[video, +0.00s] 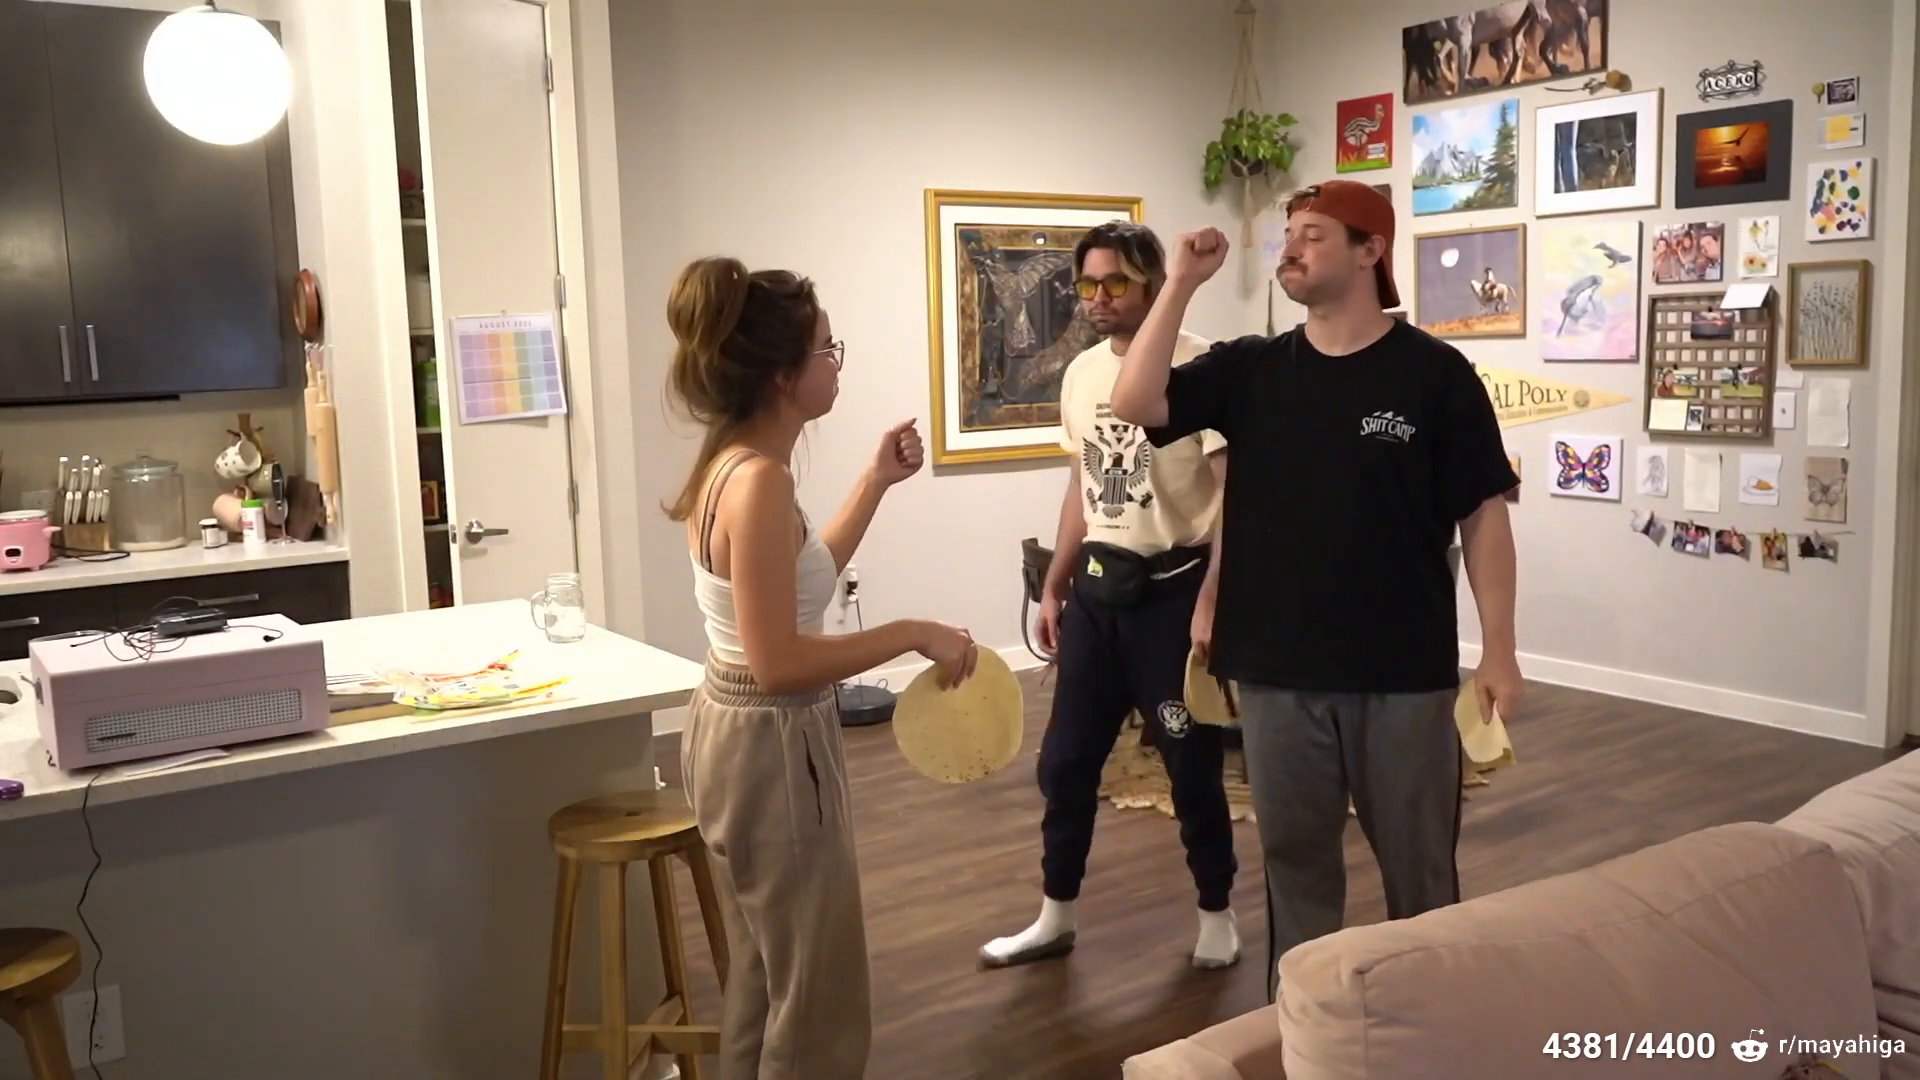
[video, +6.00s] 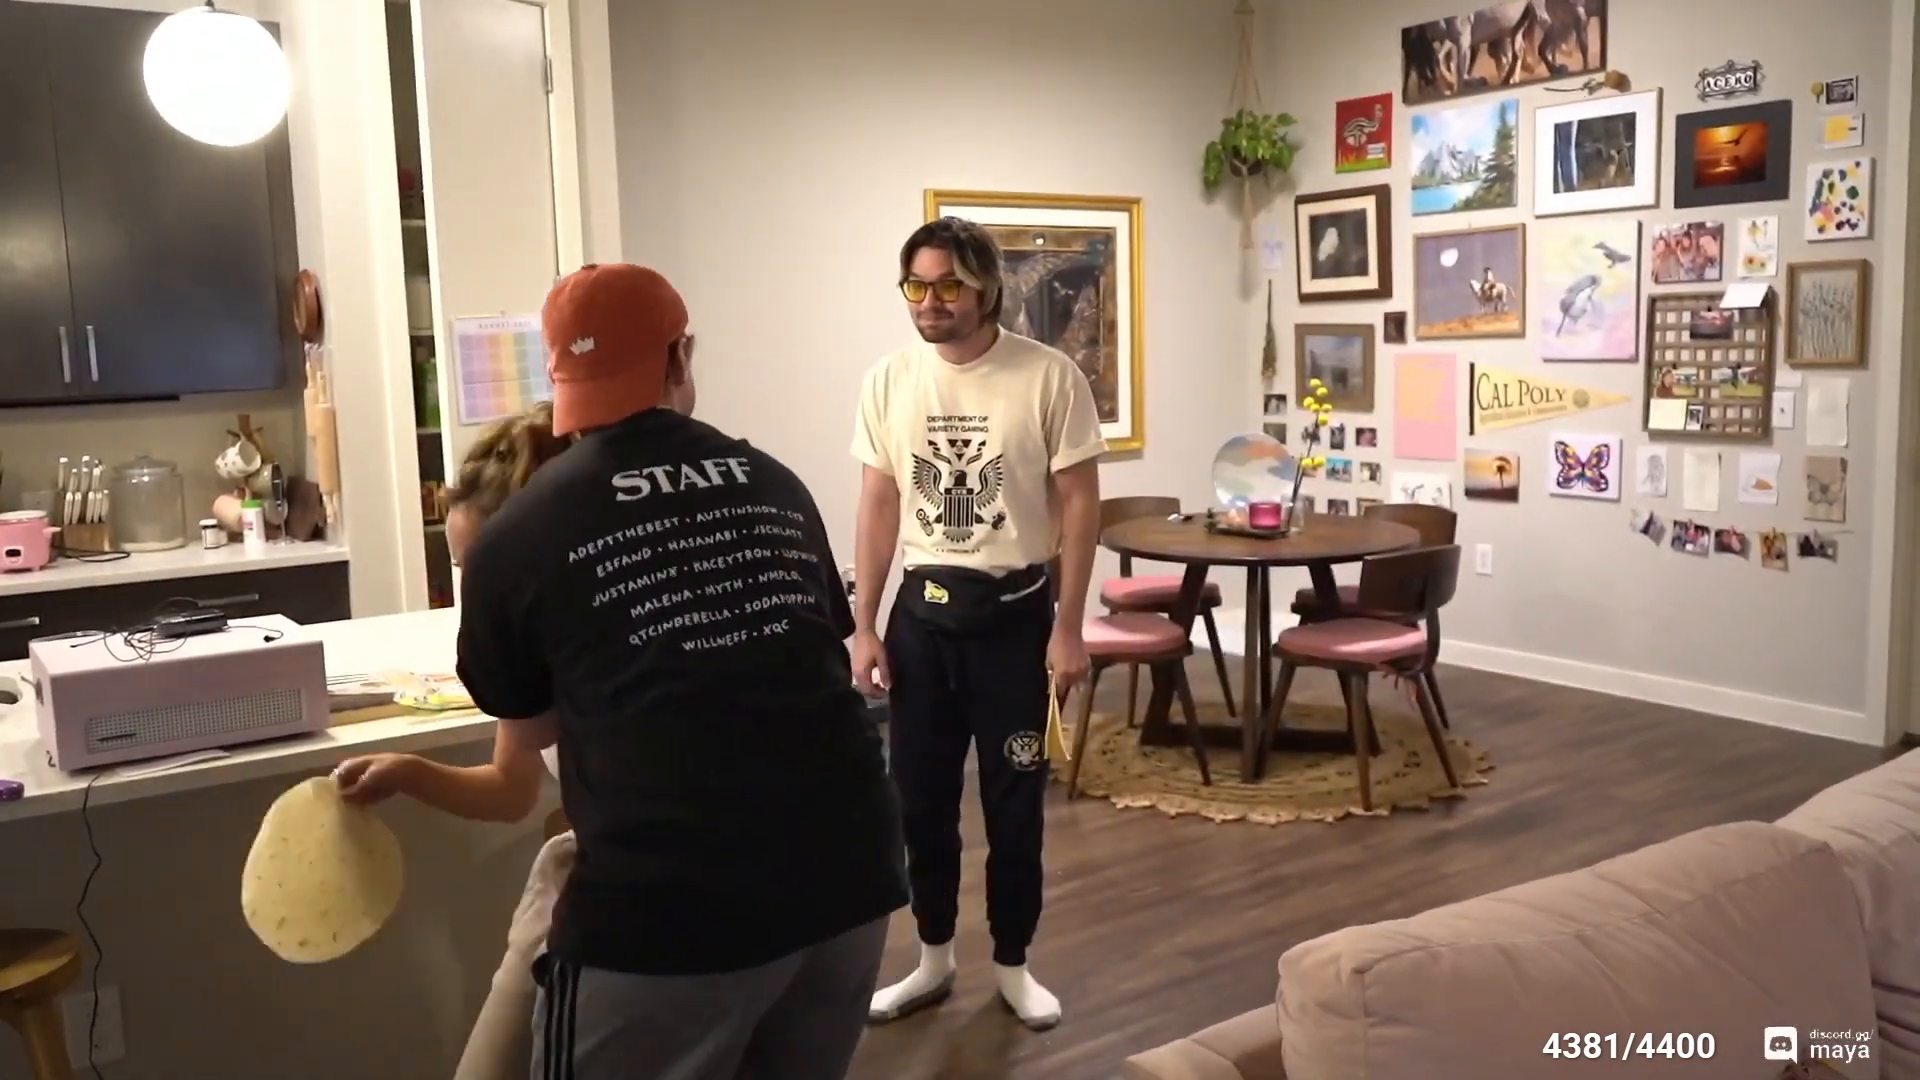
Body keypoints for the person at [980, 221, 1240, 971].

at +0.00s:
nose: (1097, 298)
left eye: (1114, 284)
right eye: (1088, 285)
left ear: (1154, 288)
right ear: (1081, 290)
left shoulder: (1197, 365)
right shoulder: (1081, 373)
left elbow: (1234, 486)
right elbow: (1083, 486)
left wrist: (1212, 599)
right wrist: (1054, 585)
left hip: (1176, 593)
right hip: (1096, 591)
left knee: (1191, 763)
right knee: (1066, 763)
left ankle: (1215, 914)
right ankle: (1057, 917)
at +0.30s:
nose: (1022, 296)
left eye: (1037, 282)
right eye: (1010, 285)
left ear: (1071, 283)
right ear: (1001, 291)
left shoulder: (1125, 364)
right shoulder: (994, 377)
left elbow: (1166, 472)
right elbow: (989, 490)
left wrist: (1167, 591)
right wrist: (961, 593)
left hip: (1103, 593)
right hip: (1019, 592)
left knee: (1131, 767)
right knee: (1023, 765)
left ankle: (1195, 902)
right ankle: (1050, 915)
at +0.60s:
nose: (980, 303)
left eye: (995, 287)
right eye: (966, 290)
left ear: (1025, 286)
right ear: (953, 297)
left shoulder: (1084, 363)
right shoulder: (944, 376)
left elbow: (1122, 480)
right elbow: (922, 497)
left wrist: (1113, 585)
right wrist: (875, 594)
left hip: (1065, 586)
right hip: (982, 586)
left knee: (1061, 772)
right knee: (997, 761)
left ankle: (1085, 927)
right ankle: (1046, 912)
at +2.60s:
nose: (945, 298)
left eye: (961, 282)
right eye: (928, 284)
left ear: (988, 285)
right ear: (908, 291)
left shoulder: (1037, 371)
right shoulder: (887, 375)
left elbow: (1064, 500)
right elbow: (862, 500)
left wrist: (1054, 617)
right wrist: (857, 613)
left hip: (1005, 606)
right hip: (907, 610)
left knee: (1009, 791)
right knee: (913, 795)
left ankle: (1011, 965)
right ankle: (932, 959)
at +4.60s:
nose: (945, 302)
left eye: (963, 287)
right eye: (932, 287)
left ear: (997, 292)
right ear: (916, 294)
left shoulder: (1052, 376)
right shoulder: (900, 377)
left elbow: (1079, 516)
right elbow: (870, 499)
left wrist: (1054, 627)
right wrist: (862, 617)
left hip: (1007, 627)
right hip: (914, 617)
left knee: (1009, 803)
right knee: (916, 797)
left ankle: (1003, 976)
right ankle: (942, 952)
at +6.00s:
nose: (930, 301)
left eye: (948, 286)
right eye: (918, 286)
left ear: (987, 290)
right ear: (904, 292)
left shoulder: (1049, 376)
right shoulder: (890, 381)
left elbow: (1080, 503)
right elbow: (878, 502)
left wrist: (1069, 628)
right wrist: (865, 623)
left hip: (1016, 610)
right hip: (921, 609)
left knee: (1015, 799)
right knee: (922, 796)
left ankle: (1013, 967)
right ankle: (933, 958)